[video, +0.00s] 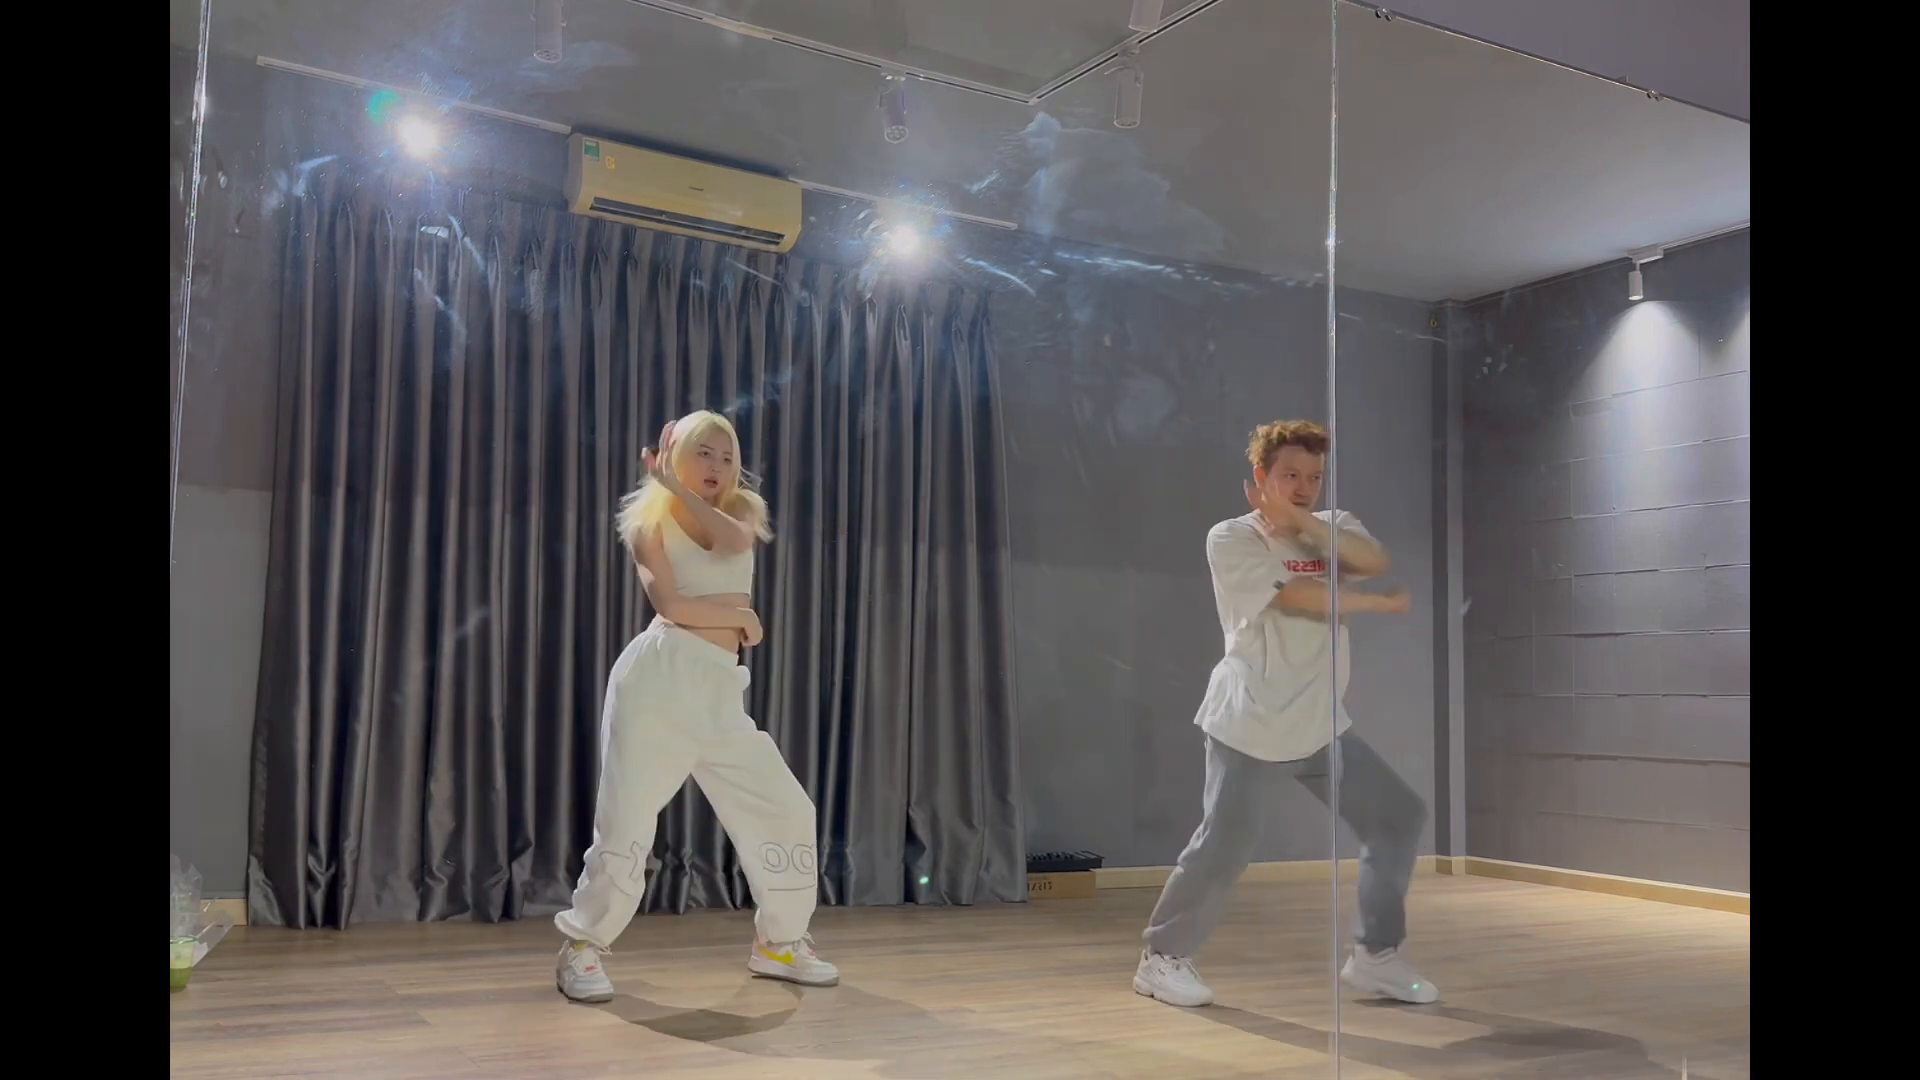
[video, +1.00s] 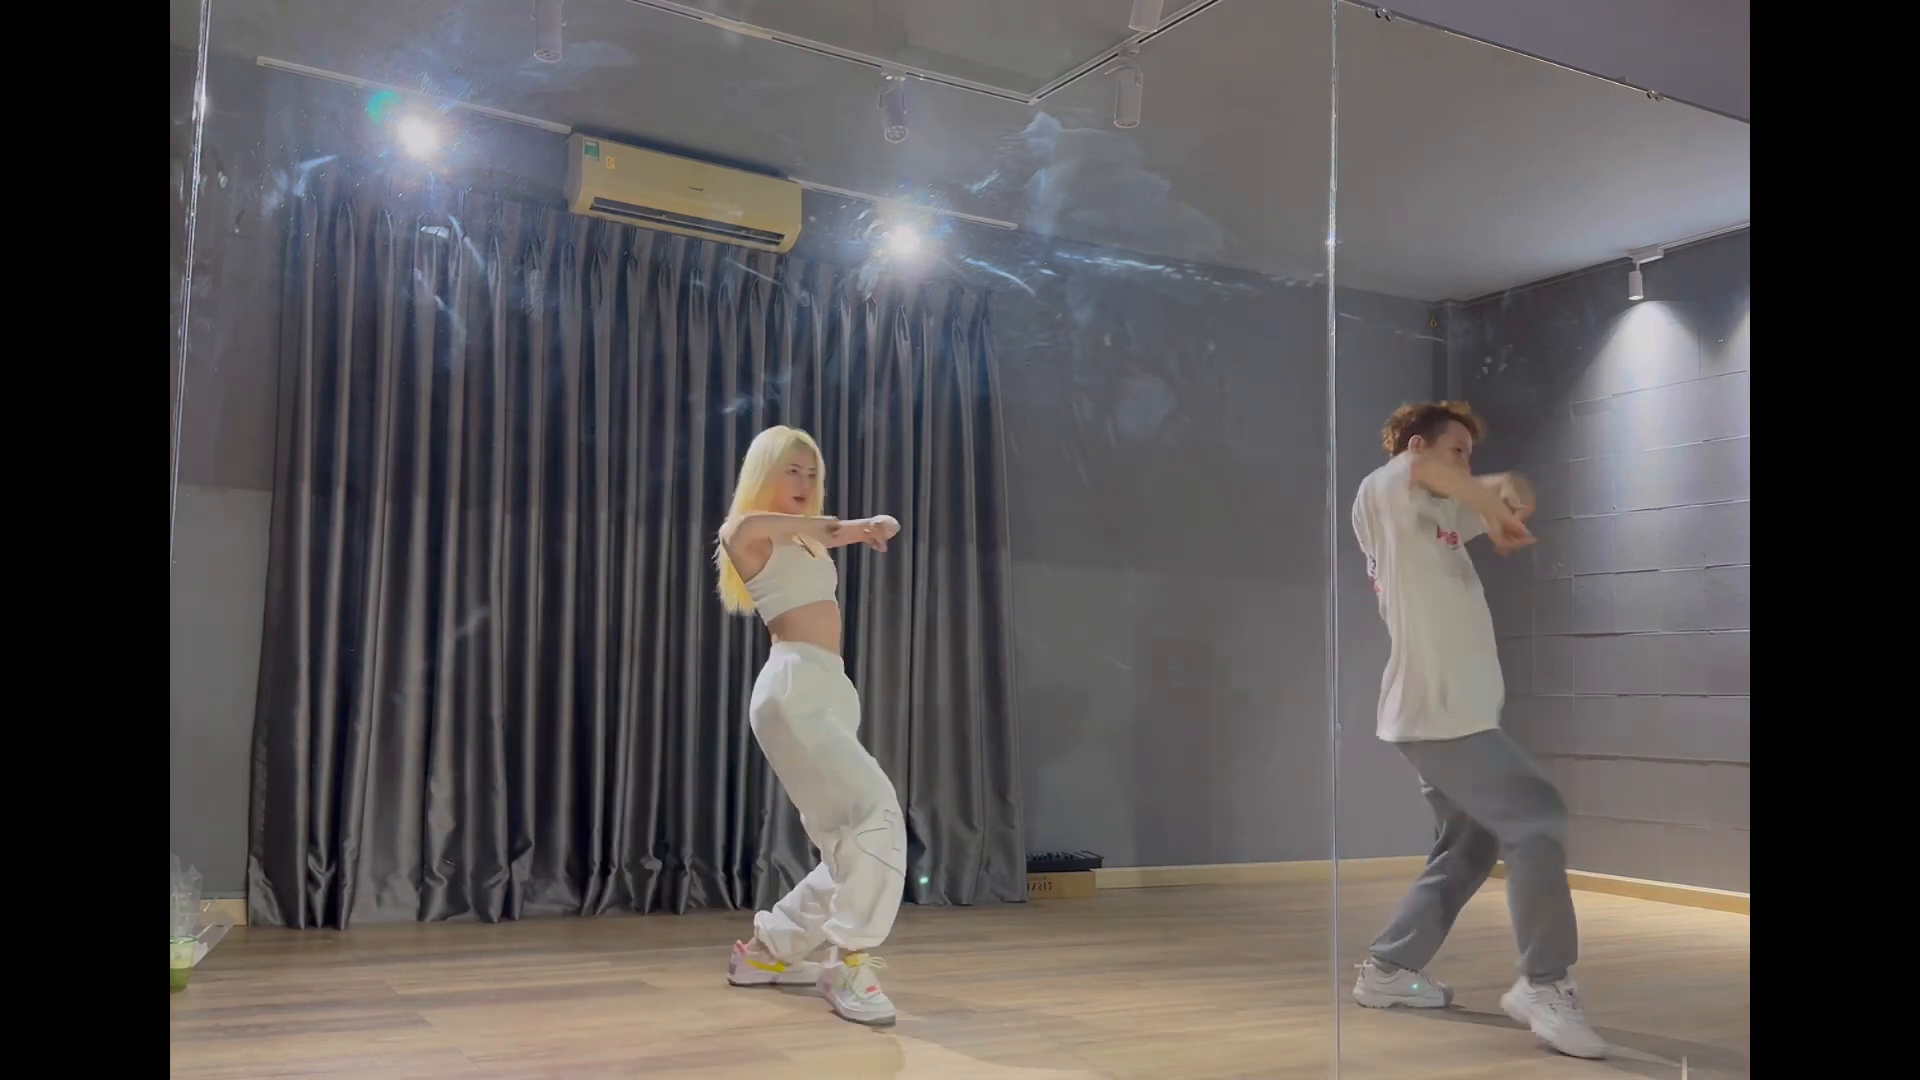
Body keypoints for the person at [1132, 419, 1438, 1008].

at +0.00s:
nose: (1305, 487)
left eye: (1313, 477)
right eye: (1292, 476)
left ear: (1321, 483)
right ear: (1259, 480)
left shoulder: (1334, 528)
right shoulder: (1230, 541)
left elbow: (1377, 563)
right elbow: (1292, 596)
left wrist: (1308, 529)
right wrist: (1380, 603)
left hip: (1316, 722)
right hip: (1246, 721)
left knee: (1399, 816)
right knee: (1226, 839)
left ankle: (1375, 956)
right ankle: (1162, 958)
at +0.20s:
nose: (1335, 482)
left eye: (1343, 473)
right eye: (1323, 468)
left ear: (1348, 477)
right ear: (1286, 465)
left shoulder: (1327, 524)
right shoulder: (1265, 529)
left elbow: (1385, 488)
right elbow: (1340, 598)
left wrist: (1380, 485)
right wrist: (1402, 607)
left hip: (1365, 716)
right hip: (1298, 725)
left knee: (1444, 844)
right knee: (1253, 851)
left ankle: (1387, 962)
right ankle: (1166, 956)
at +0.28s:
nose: (1354, 483)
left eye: (1360, 475)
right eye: (1345, 467)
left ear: (1362, 476)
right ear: (1307, 459)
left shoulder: (1322, 513)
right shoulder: (1286, 518)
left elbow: (1359, 475)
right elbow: (1369, 583)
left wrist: (1409, 442)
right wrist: (1422, 599)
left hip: (1407, 710)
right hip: (1341, 724)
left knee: (1451, 836)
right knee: (1302, 844)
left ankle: (1390, 962)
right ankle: (1204, 942)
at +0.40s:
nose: (1391, 460)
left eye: (1394, 448)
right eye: (1380, 445)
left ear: (1378, 455)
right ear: (1340, 450)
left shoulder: (1364, 510)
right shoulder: (1324, 509)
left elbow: (1419, 525)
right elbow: (1357, 545)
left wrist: (1399, 453)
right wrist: (1398, 466)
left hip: (1424, 700)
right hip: (1378, 710)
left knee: (1449, 835)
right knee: (1440, 836)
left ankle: (1392, 960)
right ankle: (1332, 889)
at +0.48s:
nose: (1406, 452)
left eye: (1410, 442)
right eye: (1396, 440)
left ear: (1406, 448)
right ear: (1358, 445)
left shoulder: (1390, 514)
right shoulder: (1342, 507)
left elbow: (1463, 559)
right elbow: (1383, 562)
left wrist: (1421, 484)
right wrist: (1397, 481)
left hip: (1417, 700)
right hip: (1393, 701)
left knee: (1431, 830)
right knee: (1513, 790)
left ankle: (1389, 961)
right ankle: (1418, 901)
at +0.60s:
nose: (1425, 450)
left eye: (1427, 440)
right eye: (1415, 437)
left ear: (1384, 448)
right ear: (1373, 438)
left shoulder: (1370, 510)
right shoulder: (1369, 515)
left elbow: (1461, 570)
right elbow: (1468, 570)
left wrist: (1470, 493)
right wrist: (1465, 486)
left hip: (1390, 707)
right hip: (1426, 703)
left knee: (1445, 831)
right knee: (1537, 794)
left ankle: (1387, 964)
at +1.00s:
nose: (1463, 464)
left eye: (1468, 456)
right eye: (1455, 451)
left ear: (1454, 457)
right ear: (1416, 446)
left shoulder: (1442, 506)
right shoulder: (1381, 490)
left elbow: (1501, 495)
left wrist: (1507, 494)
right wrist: (1492, 512)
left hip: (1460, 712)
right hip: (1434, 714)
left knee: (1469, 847)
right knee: (1536, 813)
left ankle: (1388, 969)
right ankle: (1543, 986)